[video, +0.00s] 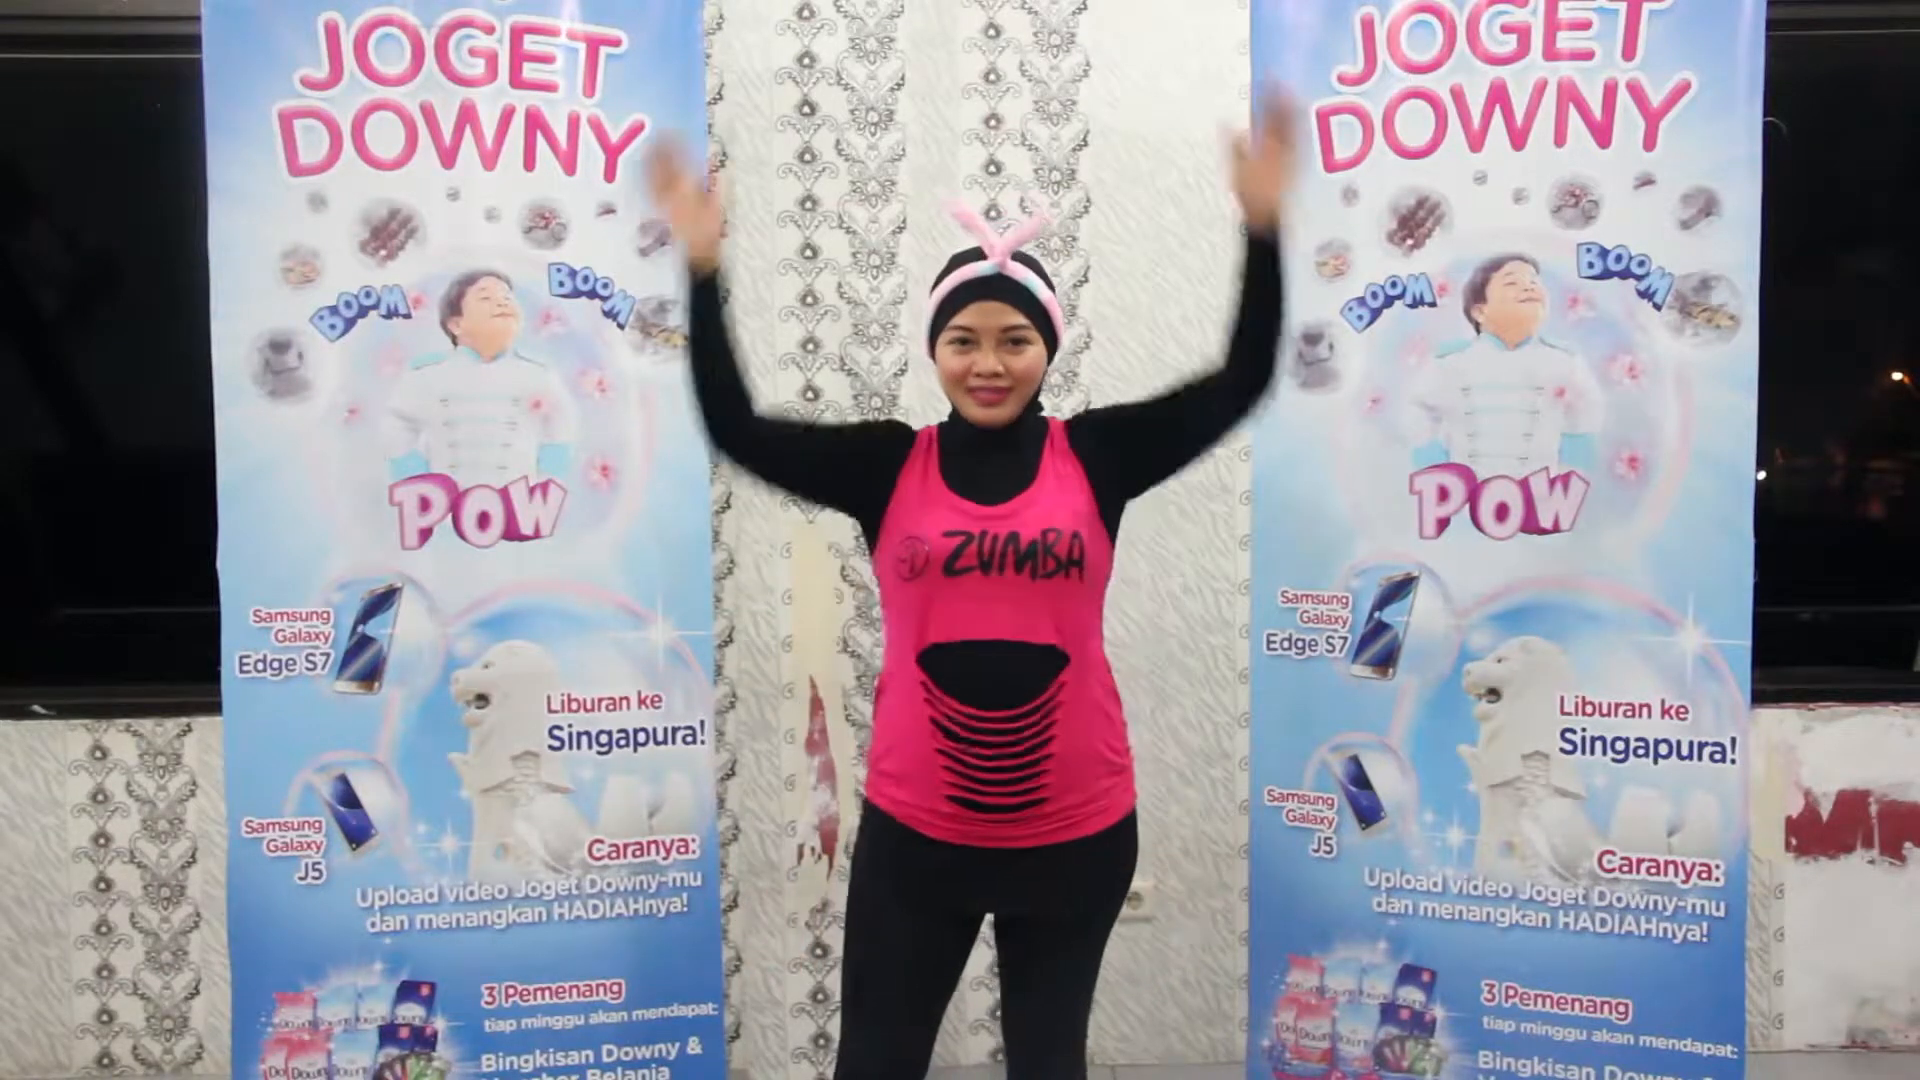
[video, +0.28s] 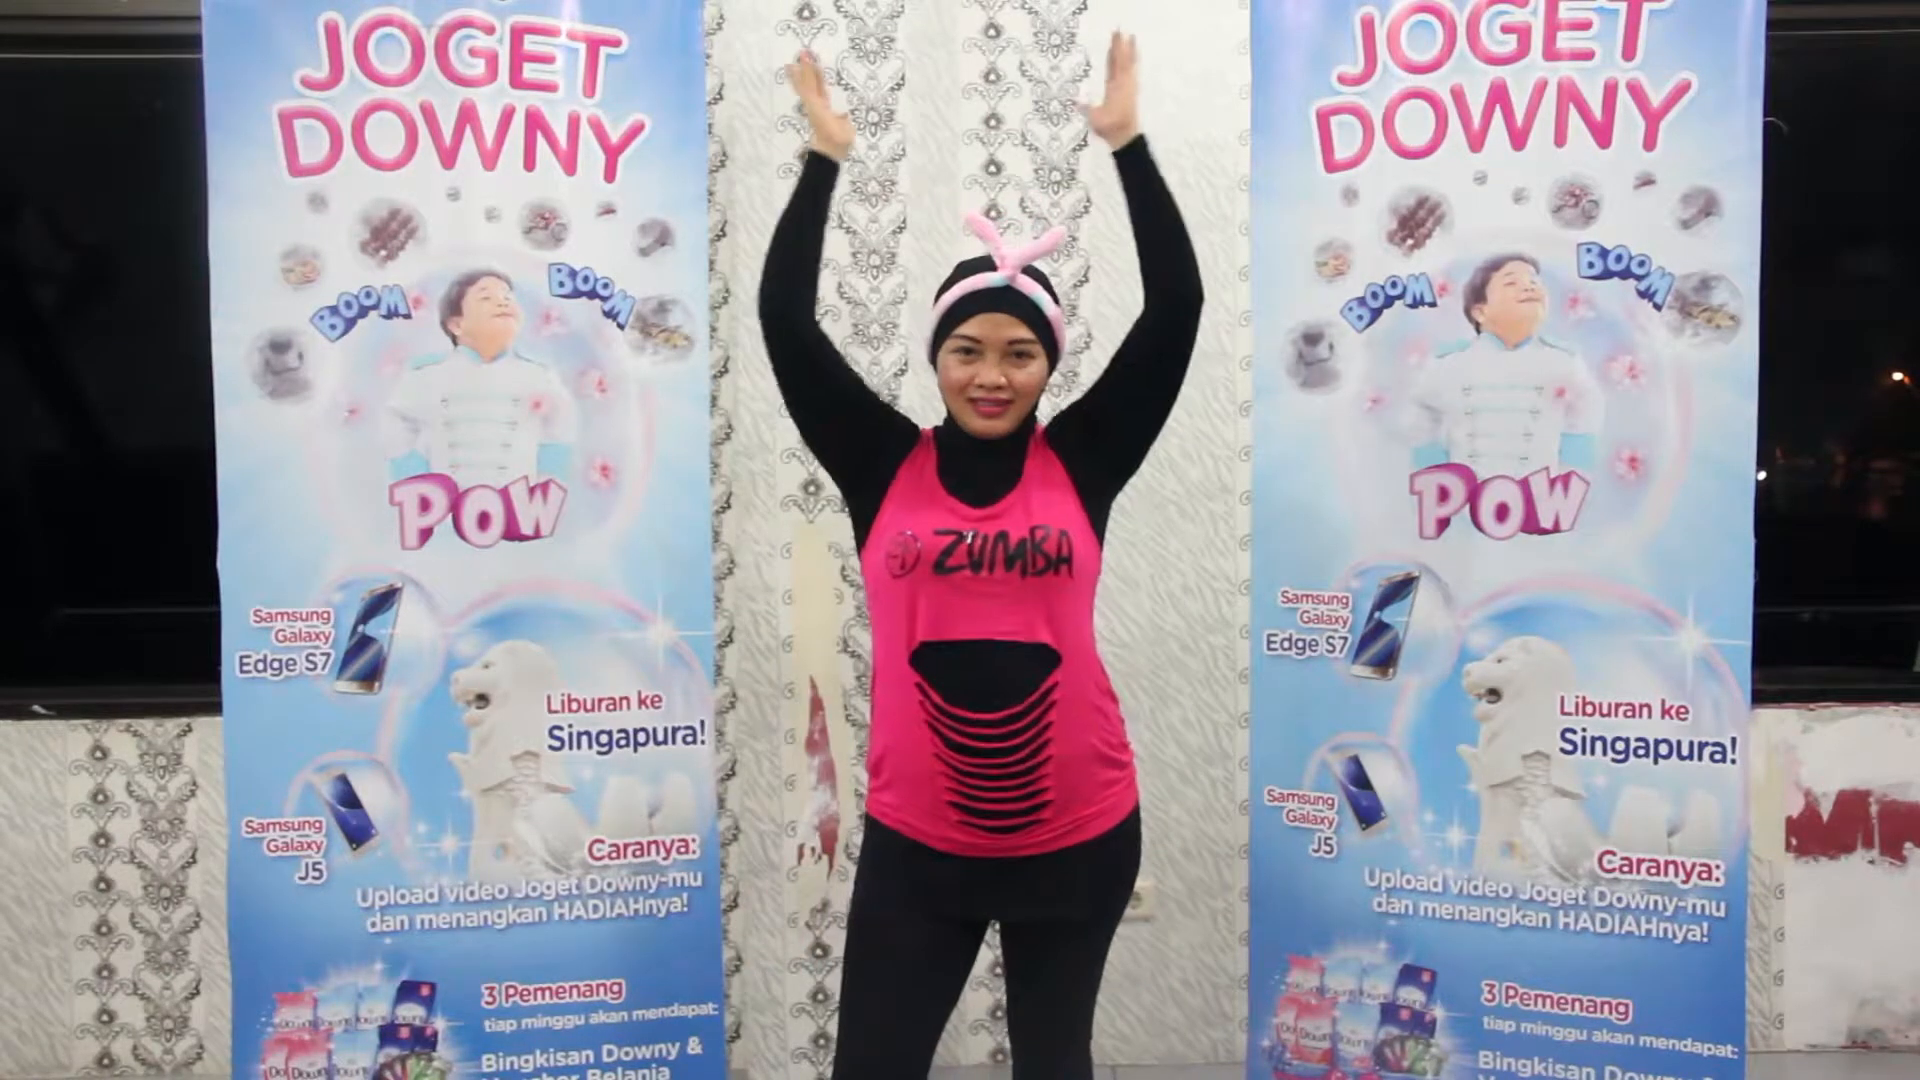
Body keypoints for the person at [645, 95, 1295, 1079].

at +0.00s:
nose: (989, 360)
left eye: (1014, 339)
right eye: (965, 339)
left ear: (1048, 355)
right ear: (936, 356)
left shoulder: (1099, 457)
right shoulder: (884, 467)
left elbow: (1244, 378)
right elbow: (738, 431)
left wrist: (1264, 229)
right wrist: (703, 270)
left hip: (1070, 837)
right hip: (916, 833)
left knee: (1048, 1063)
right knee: (874, 1064)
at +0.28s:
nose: (993, 374)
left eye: (1017, 353)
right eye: (969, 351)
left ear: (1049, 366)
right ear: (935, 361)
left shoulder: (1079, 462)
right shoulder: (881, 463)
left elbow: (1175, 306)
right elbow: (786, 319)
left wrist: (1126, 142)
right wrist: (824, 156)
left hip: (1073, 840)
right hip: (917, 840)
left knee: (1054, 1061)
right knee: (872, 1064)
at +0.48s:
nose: (983, 378)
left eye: (1008, 358)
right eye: (960, 355)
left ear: (1038, 373)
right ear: (925, 367)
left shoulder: (1065, 468)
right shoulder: (877, 466)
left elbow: (1133, 292)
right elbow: (834, 296)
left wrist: (1063, 143)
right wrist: (900, 157)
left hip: (1069, 840)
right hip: (915, 841)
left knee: (1054, 1060)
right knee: (861, 1064)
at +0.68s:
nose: (965, 363)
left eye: (989, 341)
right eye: (943, 342)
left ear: (1026, 350)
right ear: (914, 356)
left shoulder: (1072, 440)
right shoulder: (882, 451)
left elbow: (1128, 258)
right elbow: (828, 279)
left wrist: (1019, 125)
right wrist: (929, 139)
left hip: (1049, 833)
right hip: (894, 827)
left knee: (1029, 1063)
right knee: (855, 1061)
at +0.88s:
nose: (971, 375)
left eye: (996, 354)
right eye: (947, 354)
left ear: (1029, 369)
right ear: (915, 369)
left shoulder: (1063, 459)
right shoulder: (875, 459)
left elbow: (1140, 286)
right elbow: (824, 293)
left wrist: (1076, 127)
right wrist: (874, 146)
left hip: (1061, 836)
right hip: (905, 836)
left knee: (1047, 1061)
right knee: (842, 1062)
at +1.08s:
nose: (971, 365)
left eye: (996, 344)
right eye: (948, 343)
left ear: (1031, 359)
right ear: (916, 358)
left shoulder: (1064, 457)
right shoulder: (877, 459)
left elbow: (1129, 278)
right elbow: (834, 289)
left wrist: (1018, 146)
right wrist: (943, 150)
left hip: (1055, 835)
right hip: (899, 833)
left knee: (1038, 1062)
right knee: (848, 1063)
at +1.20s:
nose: (969, 349)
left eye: (994, 327)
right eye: (945, 329)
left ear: (1031, 339)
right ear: (917, 345)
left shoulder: (1077, 438)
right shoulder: (886, 449)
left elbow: (1142, 253)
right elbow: (813, 292)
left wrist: (1058, 106)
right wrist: (882, 134)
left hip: (1046, 832)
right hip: (891, 825)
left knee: (1027, 1062)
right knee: (852, 1060)